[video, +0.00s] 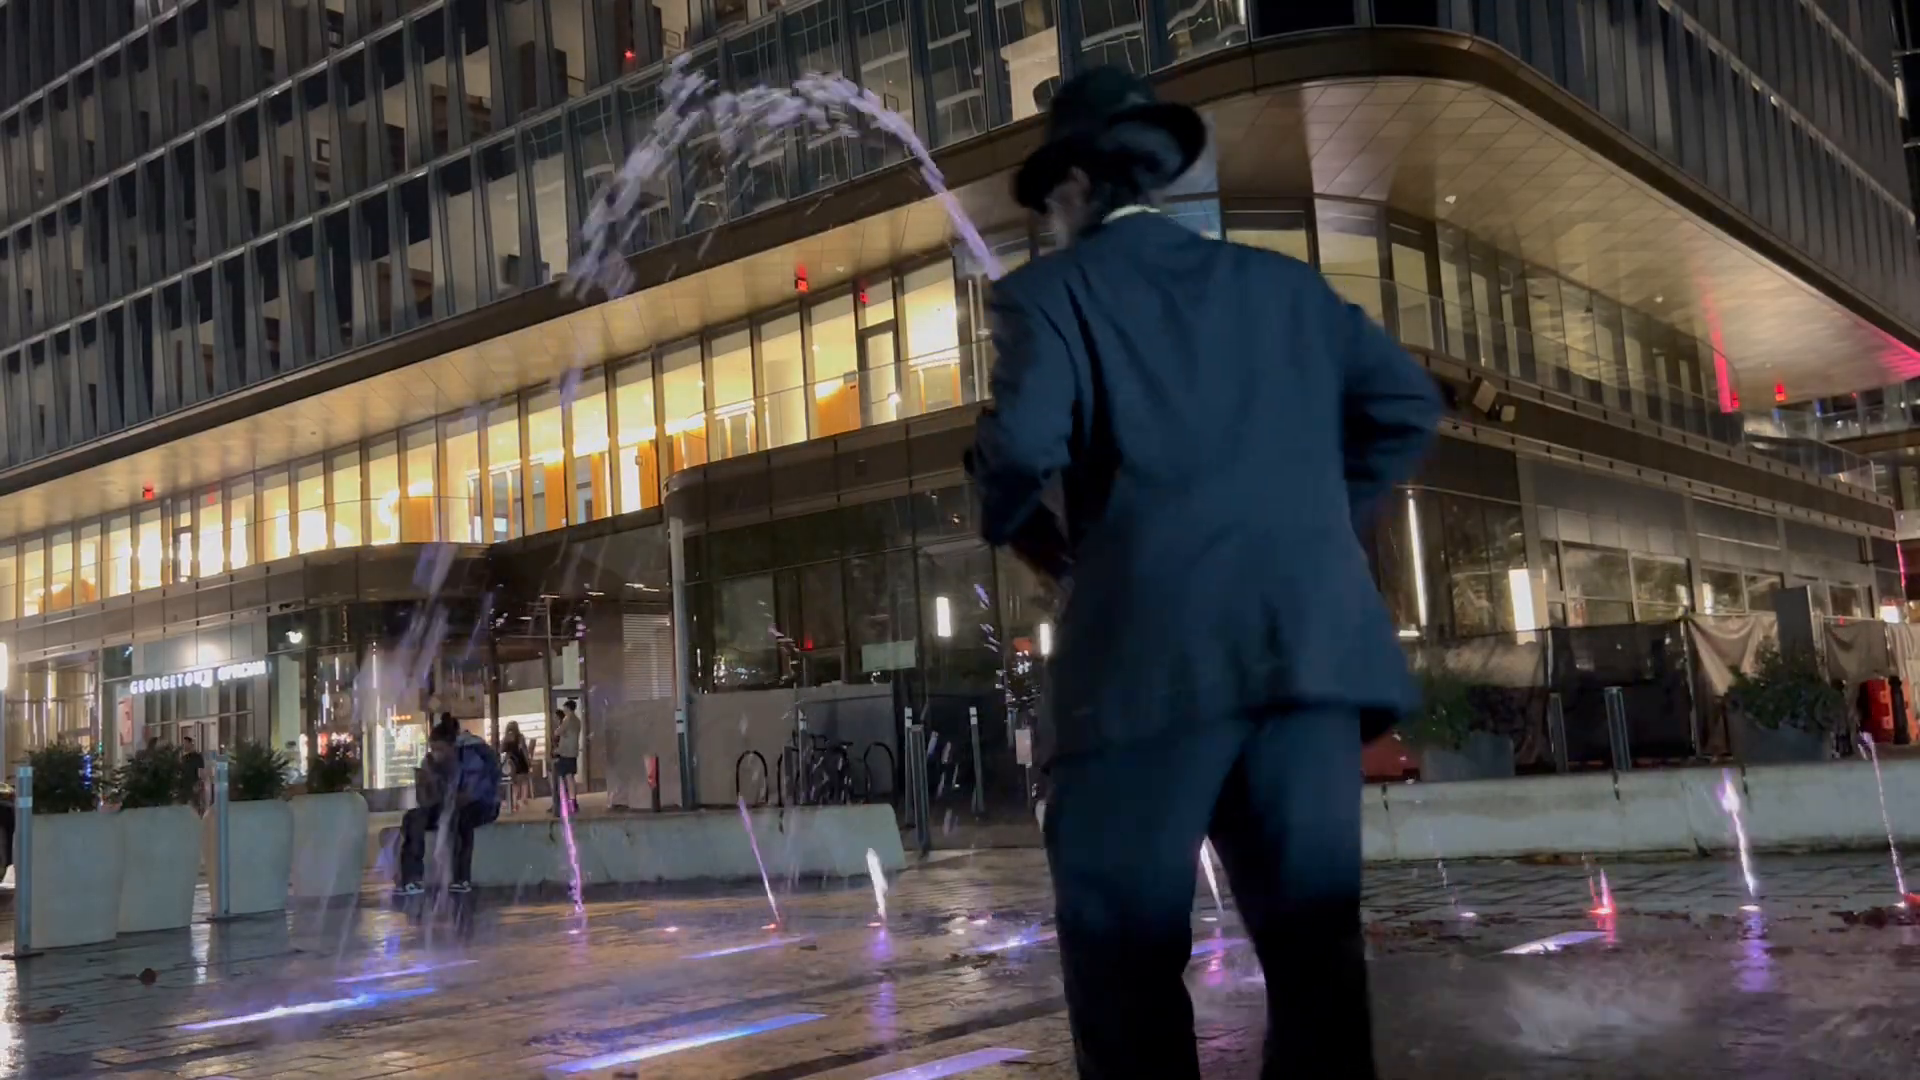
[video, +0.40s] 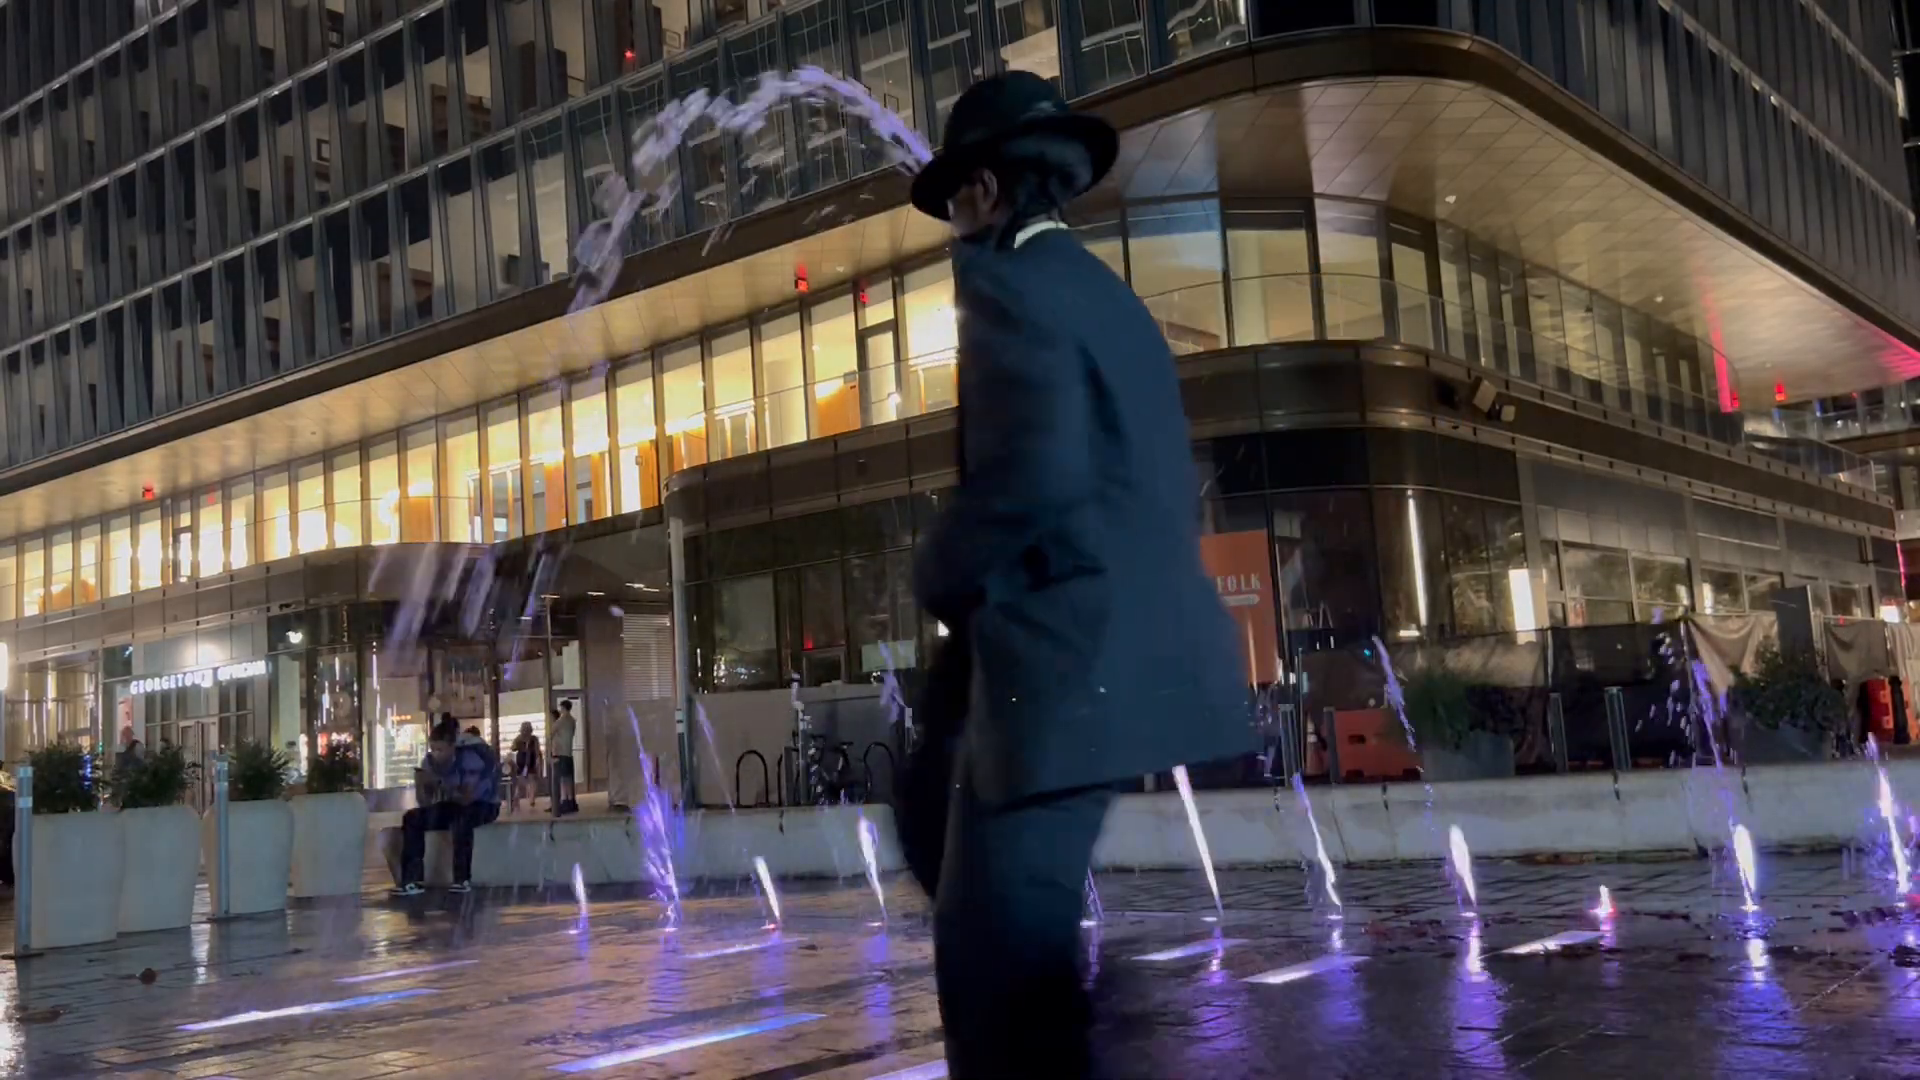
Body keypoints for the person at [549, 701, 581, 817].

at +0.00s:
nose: (564, 711)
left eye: (565, 709)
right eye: (564, 709)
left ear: (567, 709)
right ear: (573, 709)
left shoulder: (567, 720)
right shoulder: (577, 720)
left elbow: (558, 732)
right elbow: (573, 735)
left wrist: (559, 727)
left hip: (564, 753)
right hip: (573, 752)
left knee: (560, 779)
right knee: (571, 778)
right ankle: (573, 801)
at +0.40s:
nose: (560, 710)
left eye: (561, 708)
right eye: (561, 708)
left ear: (563, 708)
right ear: (569, 708)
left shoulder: (560, 720)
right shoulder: (572, 720)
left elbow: (552, 733)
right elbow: (571, 734)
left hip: (560, 753)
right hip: (568, 752)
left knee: (563, 779)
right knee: (570, 779)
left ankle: (564, 801)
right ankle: (572, 800)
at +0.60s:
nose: (558, 710)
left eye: (558, 708)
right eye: (558, 708)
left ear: (561, 708)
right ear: (567, 708)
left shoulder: (559, 720)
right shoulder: (570, 720)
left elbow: (552, 731)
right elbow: (570, 736)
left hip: (560, 754)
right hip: (568, 753)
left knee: (559, 779)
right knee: (570, 780)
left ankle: (558, 803)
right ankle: (571, 801)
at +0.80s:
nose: (558, 710)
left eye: (559, 708)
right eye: (559, 708)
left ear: (559, 708)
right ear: (567, 708)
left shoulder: (559, 720)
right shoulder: (569, 720)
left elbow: (550, 731)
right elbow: (568, 735)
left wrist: (550, 720)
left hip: (559, 754)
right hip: (567, 753)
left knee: (563, 780)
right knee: (569, 779)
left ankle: (564, 802)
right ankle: (571, 801)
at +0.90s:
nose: (557, 709)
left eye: (558, 707)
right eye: (558, 707)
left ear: (559, 708)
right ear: (567, 708)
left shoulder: (560, 720)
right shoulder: (569, 720)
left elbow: (551, 731)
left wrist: (551, 719)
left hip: (558, 753)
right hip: (567, 753)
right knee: (567, 780)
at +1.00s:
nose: (558, 710)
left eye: (560, 708)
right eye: (558, 708)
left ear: (562, 708)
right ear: (567, 708)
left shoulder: (560, 720)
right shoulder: (570, 719)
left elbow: (556, 734)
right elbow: (571, 735)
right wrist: (570, 748)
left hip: (561, 752)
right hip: (568, 752)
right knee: (570, 778)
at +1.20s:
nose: (560, 710)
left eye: (563, 708)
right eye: (560, 707)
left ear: (568, 708)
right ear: (559, 708)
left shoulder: (571, 721)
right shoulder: (558, 720)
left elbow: (569, 739)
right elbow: (554, 736)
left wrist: (567, 754)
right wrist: (551, 753)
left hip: (567, 754)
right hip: (556, 753)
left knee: (568, 779)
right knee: (555, 780)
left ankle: (571, 802)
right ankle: (555, 803)